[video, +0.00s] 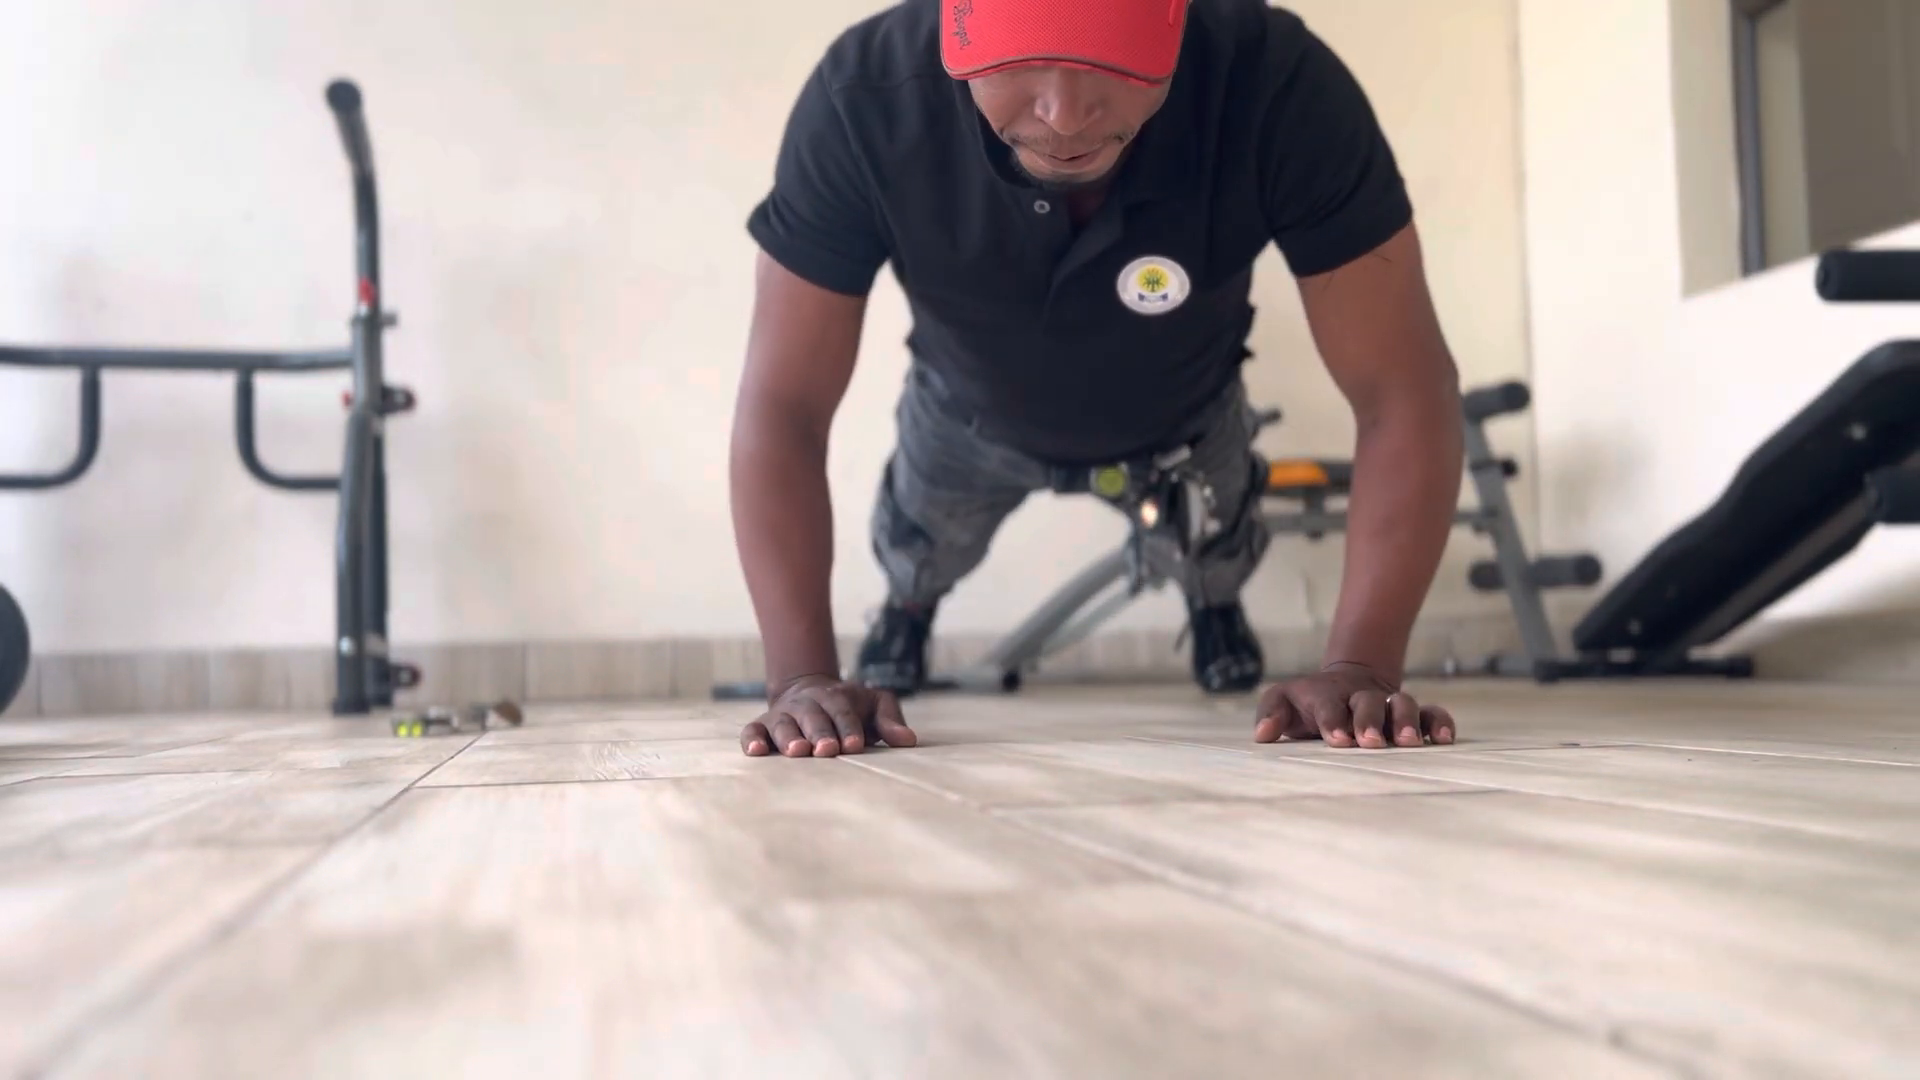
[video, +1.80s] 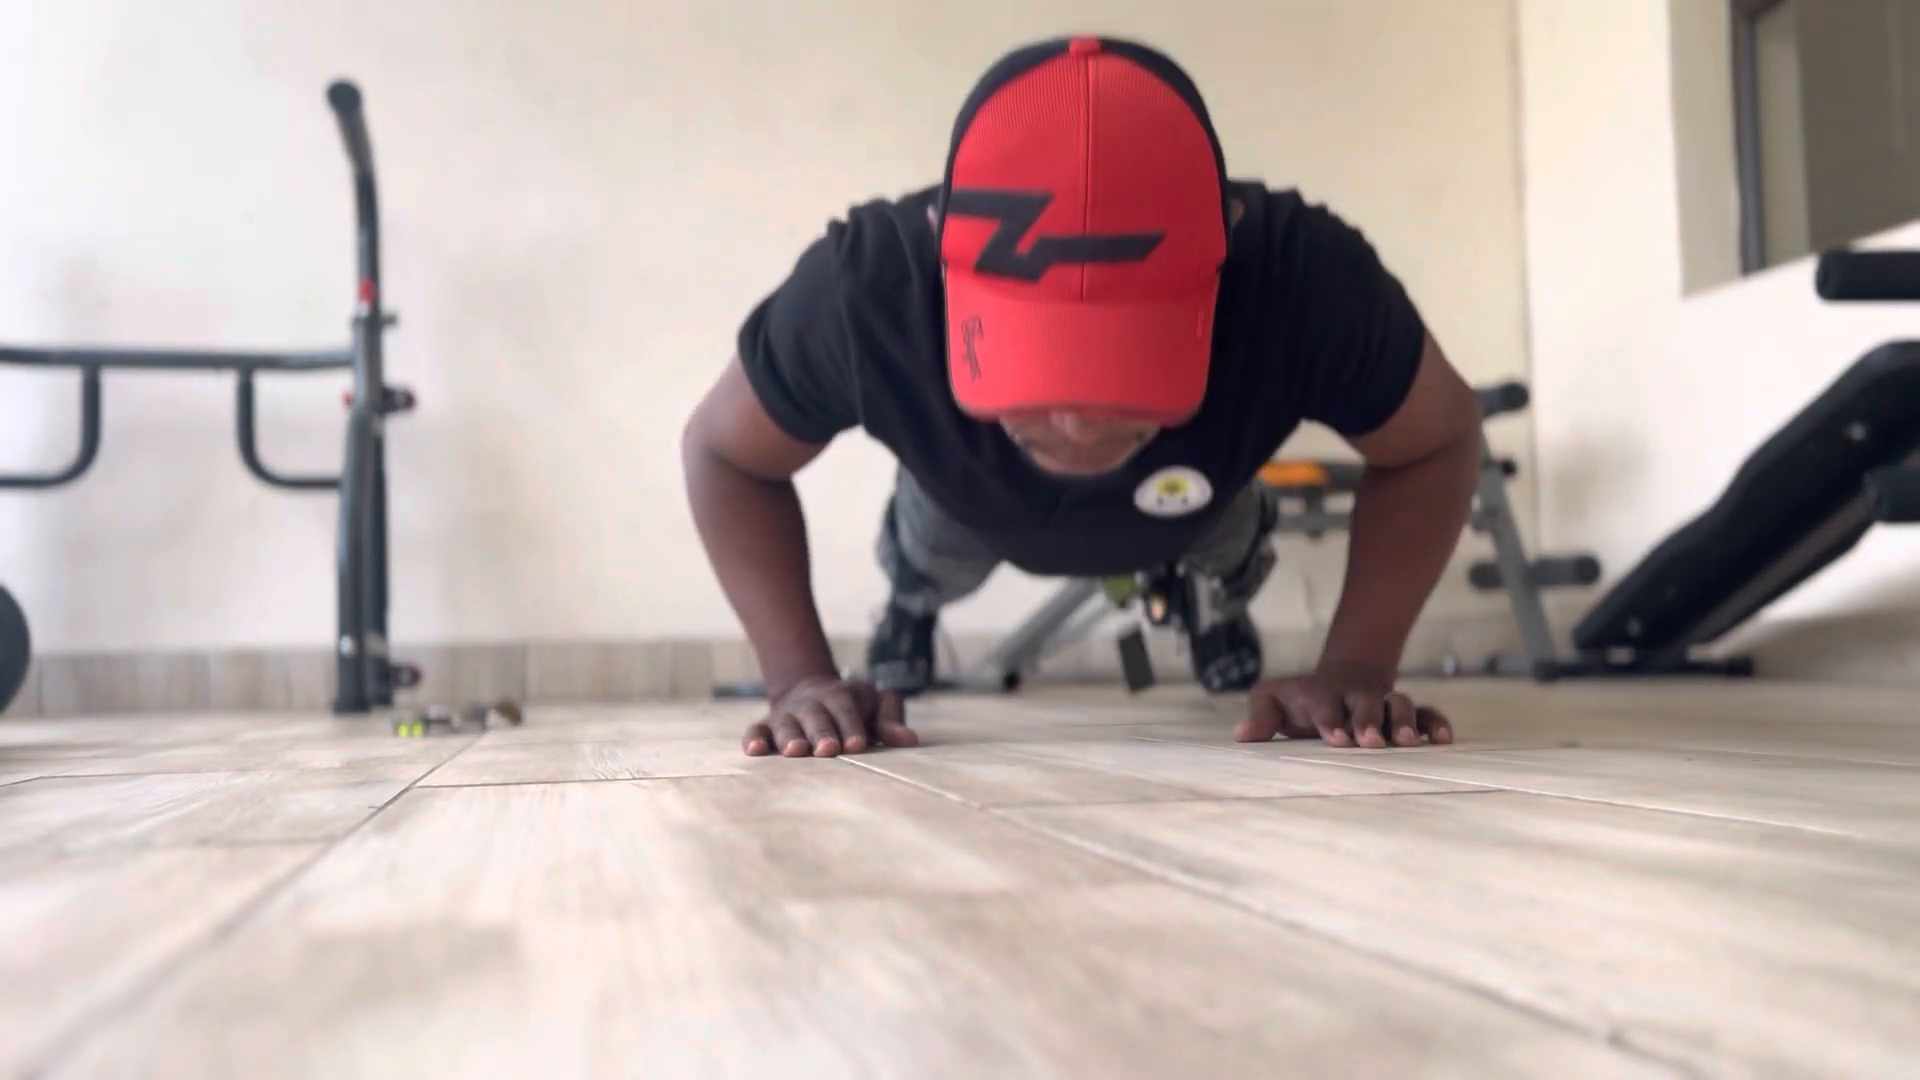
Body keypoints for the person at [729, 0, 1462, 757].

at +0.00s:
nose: (1063, 113)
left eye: (1112, 65)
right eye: (1019, 65)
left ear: (1173, 35)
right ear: (960, 33)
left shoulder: (1275, 85)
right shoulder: (867, 98)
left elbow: (1406, 390)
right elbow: (781, 409)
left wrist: (1360, 669)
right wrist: (798, 682)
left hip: (1183, 415)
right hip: (974, 418)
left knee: (1218, 534)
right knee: (926, 540)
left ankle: (1217, 612)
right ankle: (908, 616)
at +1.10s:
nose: (1080, 228)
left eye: (1122, 187)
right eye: (1039, 187)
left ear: (1189, 110)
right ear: (963, 104)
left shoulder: (1284, 124)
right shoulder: (868, 138)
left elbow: (1430, 405)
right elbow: (761, 425)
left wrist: (1361, 668)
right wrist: (794, 679)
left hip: (1186, 418)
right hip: (974, 424)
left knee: (1221, 535)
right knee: (929, 542)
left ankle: (1219, 613)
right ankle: (917, 621)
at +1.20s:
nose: (1081, 401)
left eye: (1122, 369)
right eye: (1043, 371)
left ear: (1213, 235)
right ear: (961, 245)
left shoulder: (1294, 230)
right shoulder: (871, 241)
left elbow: (1439, 432)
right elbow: (738, 456)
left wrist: (1361, 670)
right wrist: (795, 679)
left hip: (1191, 473)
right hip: (974, 478)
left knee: (1228, 550)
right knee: (930, 564)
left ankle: (1221, 614)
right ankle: (914, 616)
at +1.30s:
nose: (1090, 511)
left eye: (1131, 470)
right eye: (1053, 475)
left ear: (1221, 308)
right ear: (951, 327)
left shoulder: (1299, 311)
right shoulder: (867, 326)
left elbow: (1441, 450)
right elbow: (718, 469)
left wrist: (1361, 671)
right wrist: (794, 681)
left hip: (1203, 527)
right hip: (971, 530)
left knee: (1230, 567)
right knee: (922, 579)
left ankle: (1217, 610)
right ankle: (909, 621)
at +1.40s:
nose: (1098, 583)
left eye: (1142, 552)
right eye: (1061, 557)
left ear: (1220, 379)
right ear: (956, 398)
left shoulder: (1301, 355)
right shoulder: (866, 372)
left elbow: (1449, 450)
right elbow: (714, 471)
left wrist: (1358, 672)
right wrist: (798, 683)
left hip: (1212, 563)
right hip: (960, 566)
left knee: (1228, 602)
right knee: (911, 597)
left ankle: (1204, 628)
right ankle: (902, 640)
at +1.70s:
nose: (1092, 621)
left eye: (1140, 591)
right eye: (1051, 589)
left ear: (1225, 448)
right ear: (959, 447)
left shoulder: (1310, 387)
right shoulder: (866, 400)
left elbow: (1452, 444)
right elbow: (711, 457)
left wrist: (1358, 670)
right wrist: (798, 677)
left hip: (1208, 576)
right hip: (959, 578)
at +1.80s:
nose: (1074, 436)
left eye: (1120, 402)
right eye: (1033, 400)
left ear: (1210, 284)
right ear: (953, 287)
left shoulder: (1303, 274)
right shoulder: (867, 283)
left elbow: (1436, 440)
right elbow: (724, 454)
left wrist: (1356, 668)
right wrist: (796, 679)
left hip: (1187, 508)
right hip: (976, 515)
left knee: (1225, 560)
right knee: (929, 573)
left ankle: (1212, 586)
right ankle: (914, 607)